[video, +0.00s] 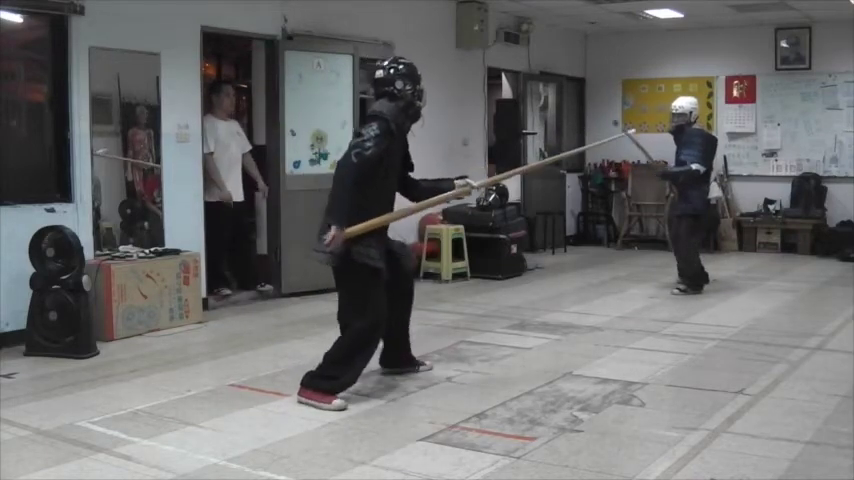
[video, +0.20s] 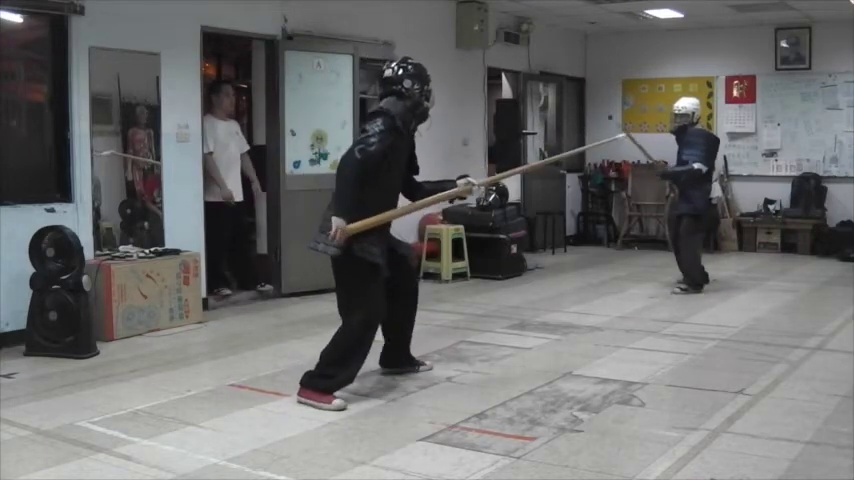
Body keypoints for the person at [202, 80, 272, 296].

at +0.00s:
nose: (232, 100)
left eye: (233, 96)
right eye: (227, 96)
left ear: (233, 99)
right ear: (215, 98)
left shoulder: (234, 126)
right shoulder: (207, 124)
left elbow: (246, 156)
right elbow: (207, 158)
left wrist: (259, 180)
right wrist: (221, 188)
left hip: (237, 196)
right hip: (214, 198)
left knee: (243, 241)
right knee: (217, 244)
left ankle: (250, 280)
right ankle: (217, 285)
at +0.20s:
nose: (232, 100)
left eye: (233, 96)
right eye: (227, 96)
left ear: (232, 99)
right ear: (215, 98)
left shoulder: (233, 125)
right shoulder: (206, 123)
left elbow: (243, 155)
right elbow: (207, 158)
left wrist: (254, 179)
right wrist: (222, 187)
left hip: (236, 196)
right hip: (214, 198)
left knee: (242, 240)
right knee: (217, 244)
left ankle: (250, 280)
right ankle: (217, 285)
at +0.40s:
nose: (232, 100)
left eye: (232, 96)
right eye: (227, 96)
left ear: (231, 99)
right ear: (215, 98)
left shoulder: (233, 125)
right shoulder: (206, 123)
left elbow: (243, 157)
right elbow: (206, 159)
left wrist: (252, 183)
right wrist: (213, 188)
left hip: (237, 195)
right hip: (216, 196)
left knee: (241, 241)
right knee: (217, 244)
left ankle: (251, 280)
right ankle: (217, 285)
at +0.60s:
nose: (232, 100)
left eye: (232, 96)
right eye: (227, 95)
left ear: (232, 99)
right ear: (214, 98)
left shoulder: (232, 126)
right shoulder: (206, 123)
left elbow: (242, 157)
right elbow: (205, 158)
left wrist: (252, 183)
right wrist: (213, 188)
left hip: (237, 196)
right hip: (216, 197)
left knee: (241, 242)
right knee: (217, 244)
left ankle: (250, 281)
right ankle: (217, 285)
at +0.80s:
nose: (232, 99)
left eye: (232, 95)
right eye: (227, 95)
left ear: (232, 99)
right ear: (214, 98)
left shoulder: (232, 125)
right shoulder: (206, 123)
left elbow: (242, 156)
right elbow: (207, 157)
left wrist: (252, 183)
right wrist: (217, 186)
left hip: (237, 196)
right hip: (215, 197)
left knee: (241, 241)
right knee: (217, 244)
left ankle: (249, 280)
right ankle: (217, 284)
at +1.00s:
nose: (232, 99)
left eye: (232, 95)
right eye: (227, 95)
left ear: (231, 99)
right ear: (214, 98)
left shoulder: (232, 125)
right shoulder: (206, 123)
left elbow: (243, 156)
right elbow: (207, 158)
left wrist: (252, 183)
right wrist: (222, 187)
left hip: (237, 196)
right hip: (214, 198)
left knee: (241, 241)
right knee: (217, 244)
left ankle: (249, 280)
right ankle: (217, 285)